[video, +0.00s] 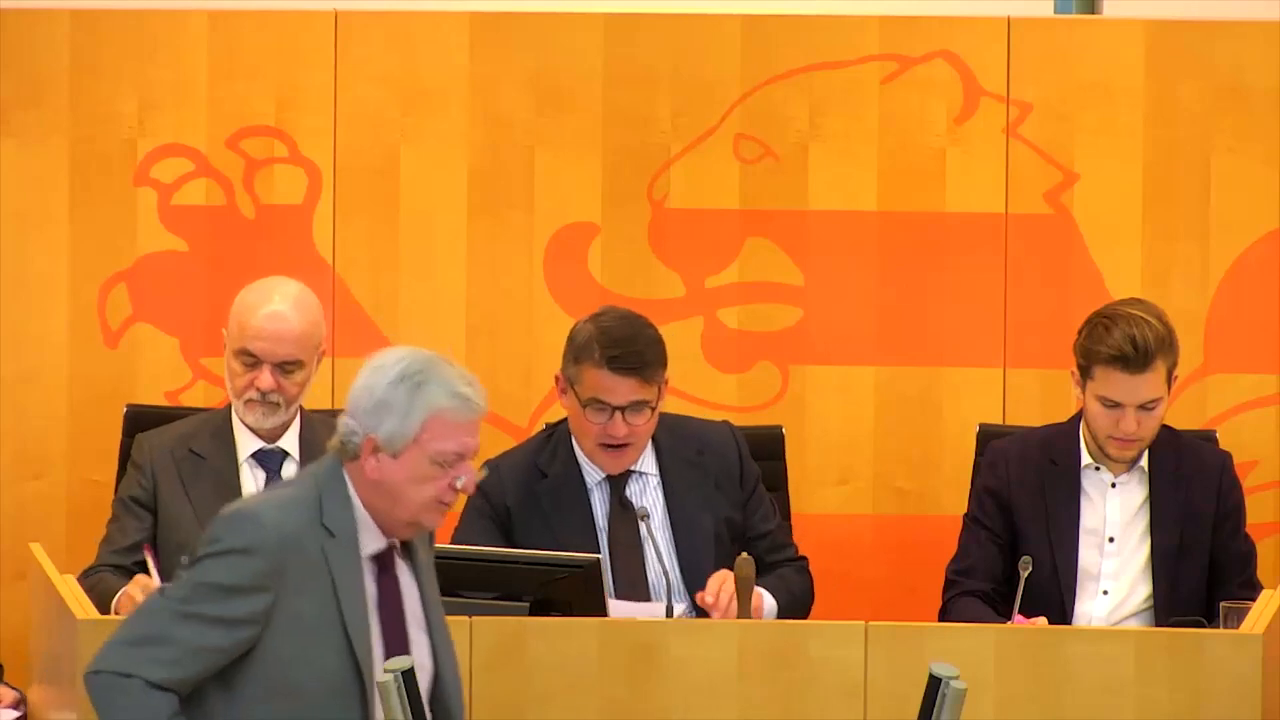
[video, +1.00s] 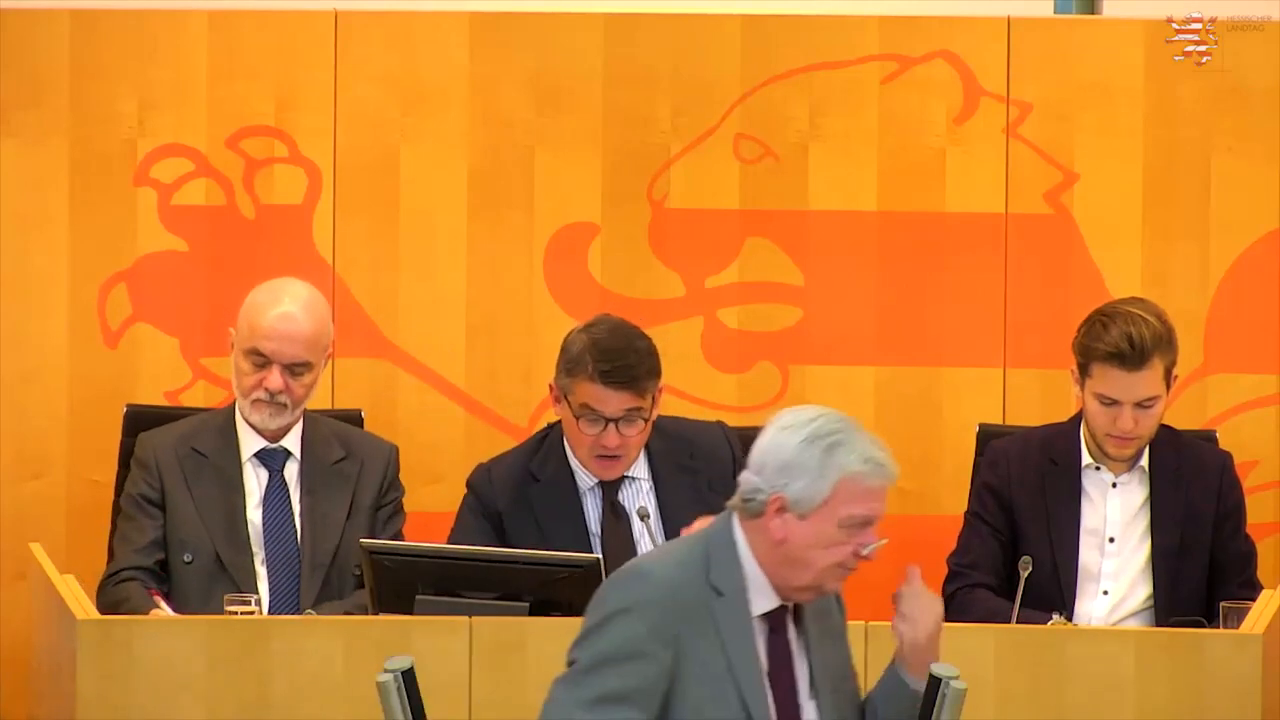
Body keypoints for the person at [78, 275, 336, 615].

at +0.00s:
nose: (265, 384)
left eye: (288, 368)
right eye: (248, 362)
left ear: (318, 361)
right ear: (226, 345)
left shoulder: (352, 454)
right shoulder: (159, 455)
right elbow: (103, 575)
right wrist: (123, 595)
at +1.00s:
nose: (274, 385)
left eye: (297, 369)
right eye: (258, 361)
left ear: (325, 360)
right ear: (232, 346)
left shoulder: (373, 463)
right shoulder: (162, 456)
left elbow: (393, 591)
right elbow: (123, 584)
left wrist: (310, 628)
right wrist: (168, 629)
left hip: (332, 673)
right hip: (201, 669)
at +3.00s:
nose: (281, 382)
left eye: (302, 362)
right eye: (263, 358)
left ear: (324, 356)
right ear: (231, 350)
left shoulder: (373, 464)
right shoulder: (161, 455)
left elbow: (391, 586)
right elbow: (120, 584)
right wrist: (149, 619)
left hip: (330, 668)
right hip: (195, 660)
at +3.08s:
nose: (282, 381)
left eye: (303, 361)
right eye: (263, 357)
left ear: (324, 355)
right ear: (231, 350)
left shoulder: (373, 464)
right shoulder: (161, 454)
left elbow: (396, 588)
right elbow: (119, 584)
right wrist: (151, 617)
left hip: (333, 668)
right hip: (193, 661)